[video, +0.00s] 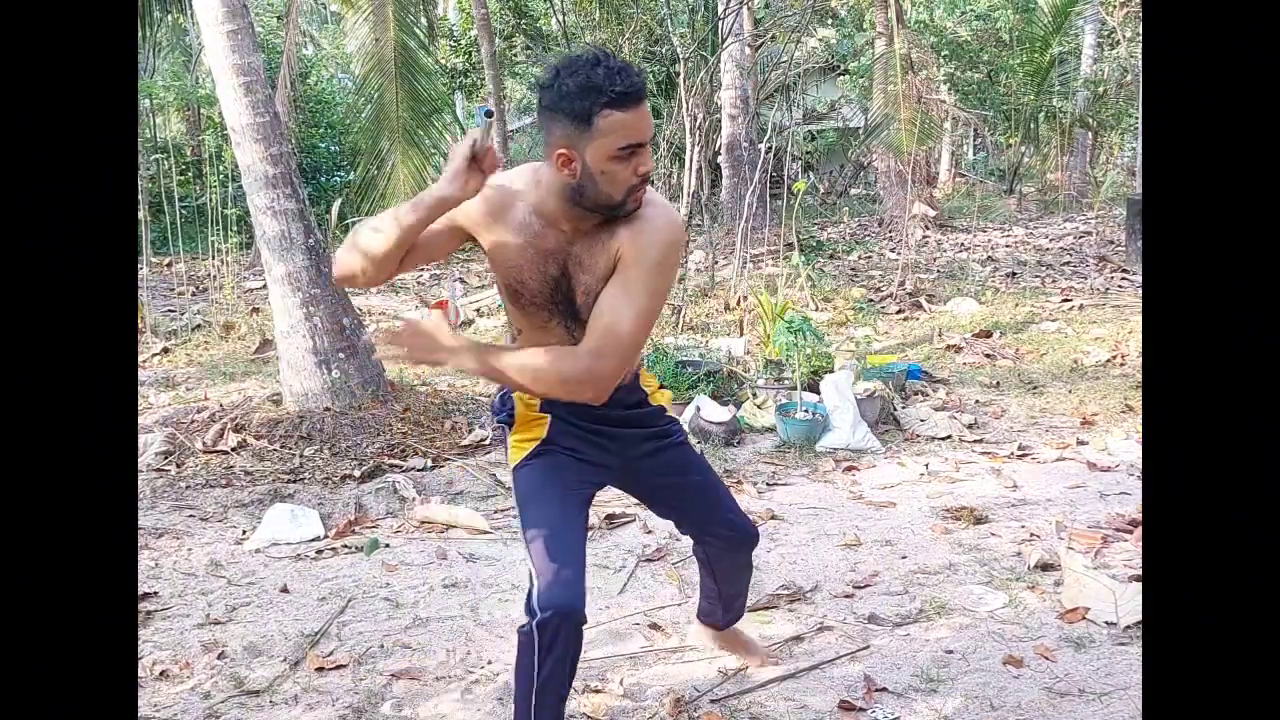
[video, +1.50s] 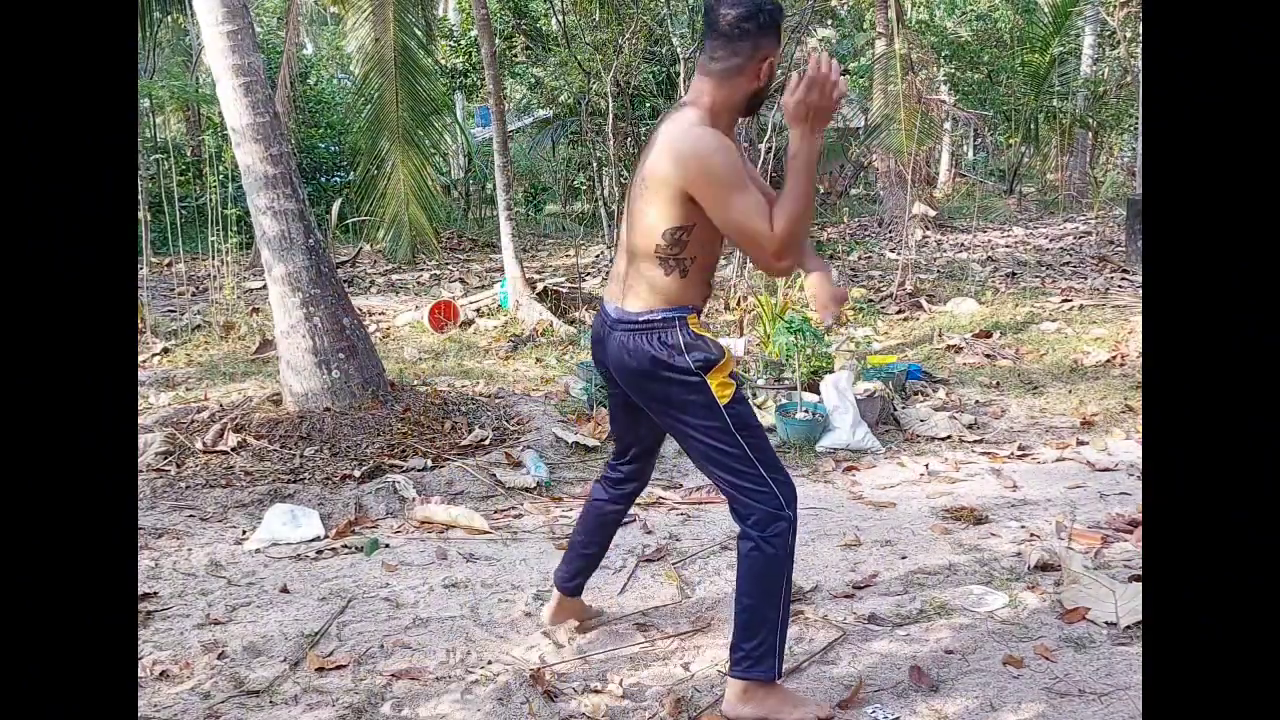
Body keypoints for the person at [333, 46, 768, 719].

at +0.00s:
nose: (648, 167)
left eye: (649, 146)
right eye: (628, 154)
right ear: (566, 159)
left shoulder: (655, 226)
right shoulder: (495, 202)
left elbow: (595, 373)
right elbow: (352, 269)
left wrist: (456, 349)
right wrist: (443, 194)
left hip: (632, 414)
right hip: (545, 421)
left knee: (732, 536)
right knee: (558, 603)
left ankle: (718, 623)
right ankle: (538, 714)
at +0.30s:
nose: (699, 107)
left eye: (695, 94)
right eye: (688, 100)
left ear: (630, 116)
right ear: (640, 125)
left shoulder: (594, 134)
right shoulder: (627, 218)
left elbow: (677, 149)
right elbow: (750, 258)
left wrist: (725, 208)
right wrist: (794, 257)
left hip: (626, 373)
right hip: (637, 391)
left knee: (731, 494)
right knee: (649, 598)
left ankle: (721, 643)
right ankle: (558, 712)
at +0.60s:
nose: (703, 82)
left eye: (703, 70)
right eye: (701, 70)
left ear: (617, 76)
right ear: (683, 75)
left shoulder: (563, 165)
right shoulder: (728, 172)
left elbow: (522, 262)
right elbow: (770, 303)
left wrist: (597, 241)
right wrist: (723, 351)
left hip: (597, 402)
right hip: (675, 407)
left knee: (714, 494)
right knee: (663, 620)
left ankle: (720, 639)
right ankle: (561, 717)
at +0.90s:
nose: (751, 89)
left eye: (751, 79)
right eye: (753, 79)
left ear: (684, 74)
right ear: (740, 74)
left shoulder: (645, 143)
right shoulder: (738, 128)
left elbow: (638, 253)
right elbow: (811, 220)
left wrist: (715, 269)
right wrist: (848, 301)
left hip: (627, 347)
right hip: (672, 350)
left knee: (728, 483)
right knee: (697, 552)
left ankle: (715, 637)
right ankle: (580, 708)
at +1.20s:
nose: (802, 81)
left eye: (806, 68)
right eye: (803, 68)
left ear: (725, 58)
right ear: (785, 65)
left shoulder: (702, 117)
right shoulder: (733, 117)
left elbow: (758, 269)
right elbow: (823, 206)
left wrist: (746, 225)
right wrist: (818, 106)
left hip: (648, 329)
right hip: (684, 334)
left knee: (738, 485)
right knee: (792, 501)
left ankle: (721, 637)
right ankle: (759, 683)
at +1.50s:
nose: (776, 77)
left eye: (773, 68)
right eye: (777, 67)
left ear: (705, 53)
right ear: (765, 65)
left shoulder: (686, 127)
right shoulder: (700, 143)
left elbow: (769, 224)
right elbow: (777, 250)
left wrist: (813, 270)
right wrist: (806, 131)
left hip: (618, 333)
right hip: (665, 343)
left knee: (626, 468)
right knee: (768, 501)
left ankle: (564, 599)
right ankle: (753, 685)